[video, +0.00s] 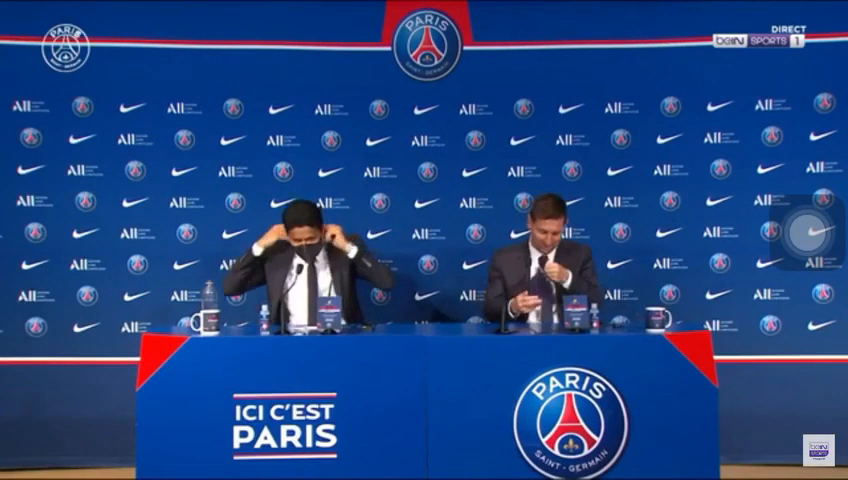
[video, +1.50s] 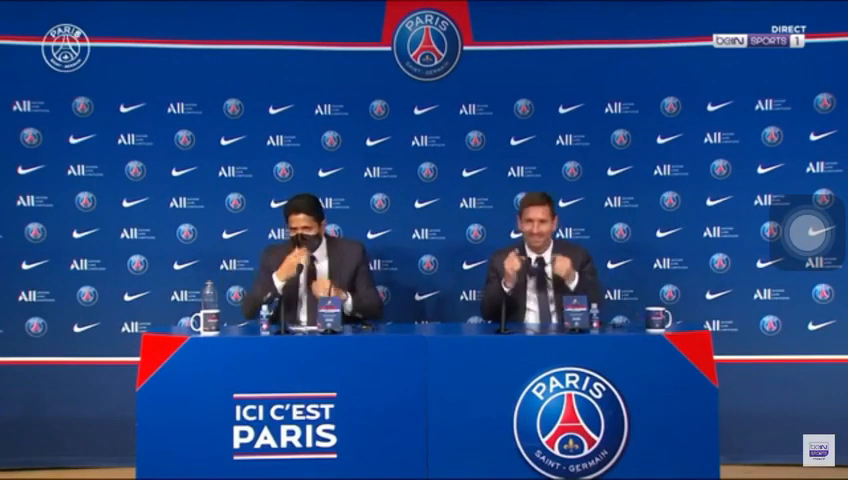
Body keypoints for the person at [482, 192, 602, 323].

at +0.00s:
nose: (548, 240)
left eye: (555, 234)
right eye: (543, 232)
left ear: (564, 226)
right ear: (530, 223)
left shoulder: (579, 254)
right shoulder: (504, 258)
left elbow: (595, 297)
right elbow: (490, 307)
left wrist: (567, 278)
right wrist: (511, 307)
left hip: (568, 340)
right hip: (520, 341)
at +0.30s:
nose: (544, 243)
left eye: (551, 236)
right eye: (539, 235)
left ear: (561, 227)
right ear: (528, 224)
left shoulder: (579, 254)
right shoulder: (504, 258)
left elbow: (601, 299)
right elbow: (490, 309)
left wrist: (579, 290)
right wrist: (511, 301)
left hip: (568, 341)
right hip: (519, 342)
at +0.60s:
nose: (539, 246)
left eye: (545, 239)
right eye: (533, 239)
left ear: (557, 229)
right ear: (522, 228)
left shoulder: (579, 257)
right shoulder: (504, 258)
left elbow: (594, 306)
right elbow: (492, 308)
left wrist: (566, 308)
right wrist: (526, 305)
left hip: (566, 341)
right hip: (519, 341)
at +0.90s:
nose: (536, 247)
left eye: (542, 239)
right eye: (529, 240)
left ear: (553, 228)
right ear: (519, 233)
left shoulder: (578, 257)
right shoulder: (503, 259)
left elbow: (592, 307)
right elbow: (491, 309)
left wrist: (564, 305)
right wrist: (527, 306)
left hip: (566, 342)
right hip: (518, 342)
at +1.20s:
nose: (534, 236)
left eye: (541, 228)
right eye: (527, 227)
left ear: (553, 226)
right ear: (517, 226)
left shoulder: (577, 257)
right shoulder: (502, 261)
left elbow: (593, 308)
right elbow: (490, 311)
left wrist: (565, 303)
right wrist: (521, 304)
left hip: (565, 342)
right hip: (517, 342)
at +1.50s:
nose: (535, 229)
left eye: (542, 222)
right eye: (529, 221)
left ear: (555, 223)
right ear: (520, 223)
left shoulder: (578, 256)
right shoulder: (503, 259)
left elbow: (598, 304)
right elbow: (489, 314)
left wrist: (573, 279)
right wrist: (508, 283)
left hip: (566, 341)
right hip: (518, 342)